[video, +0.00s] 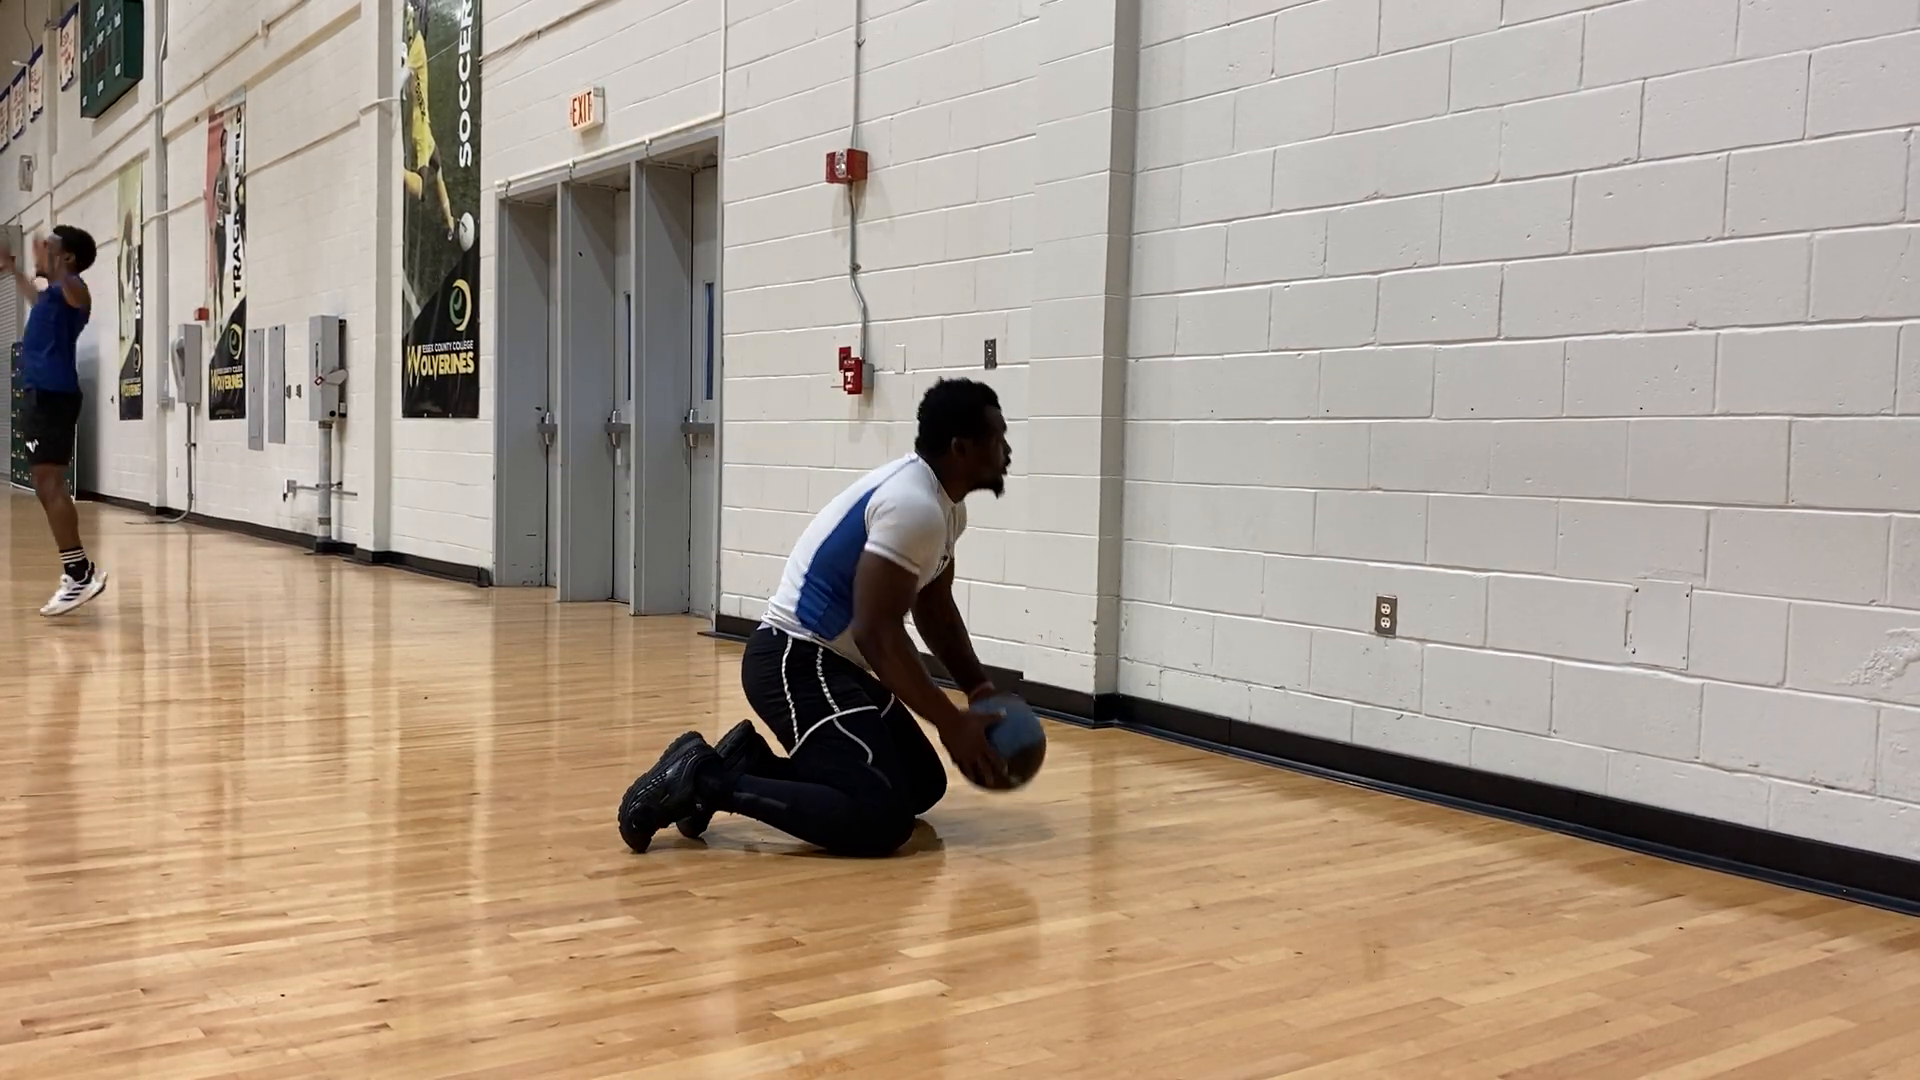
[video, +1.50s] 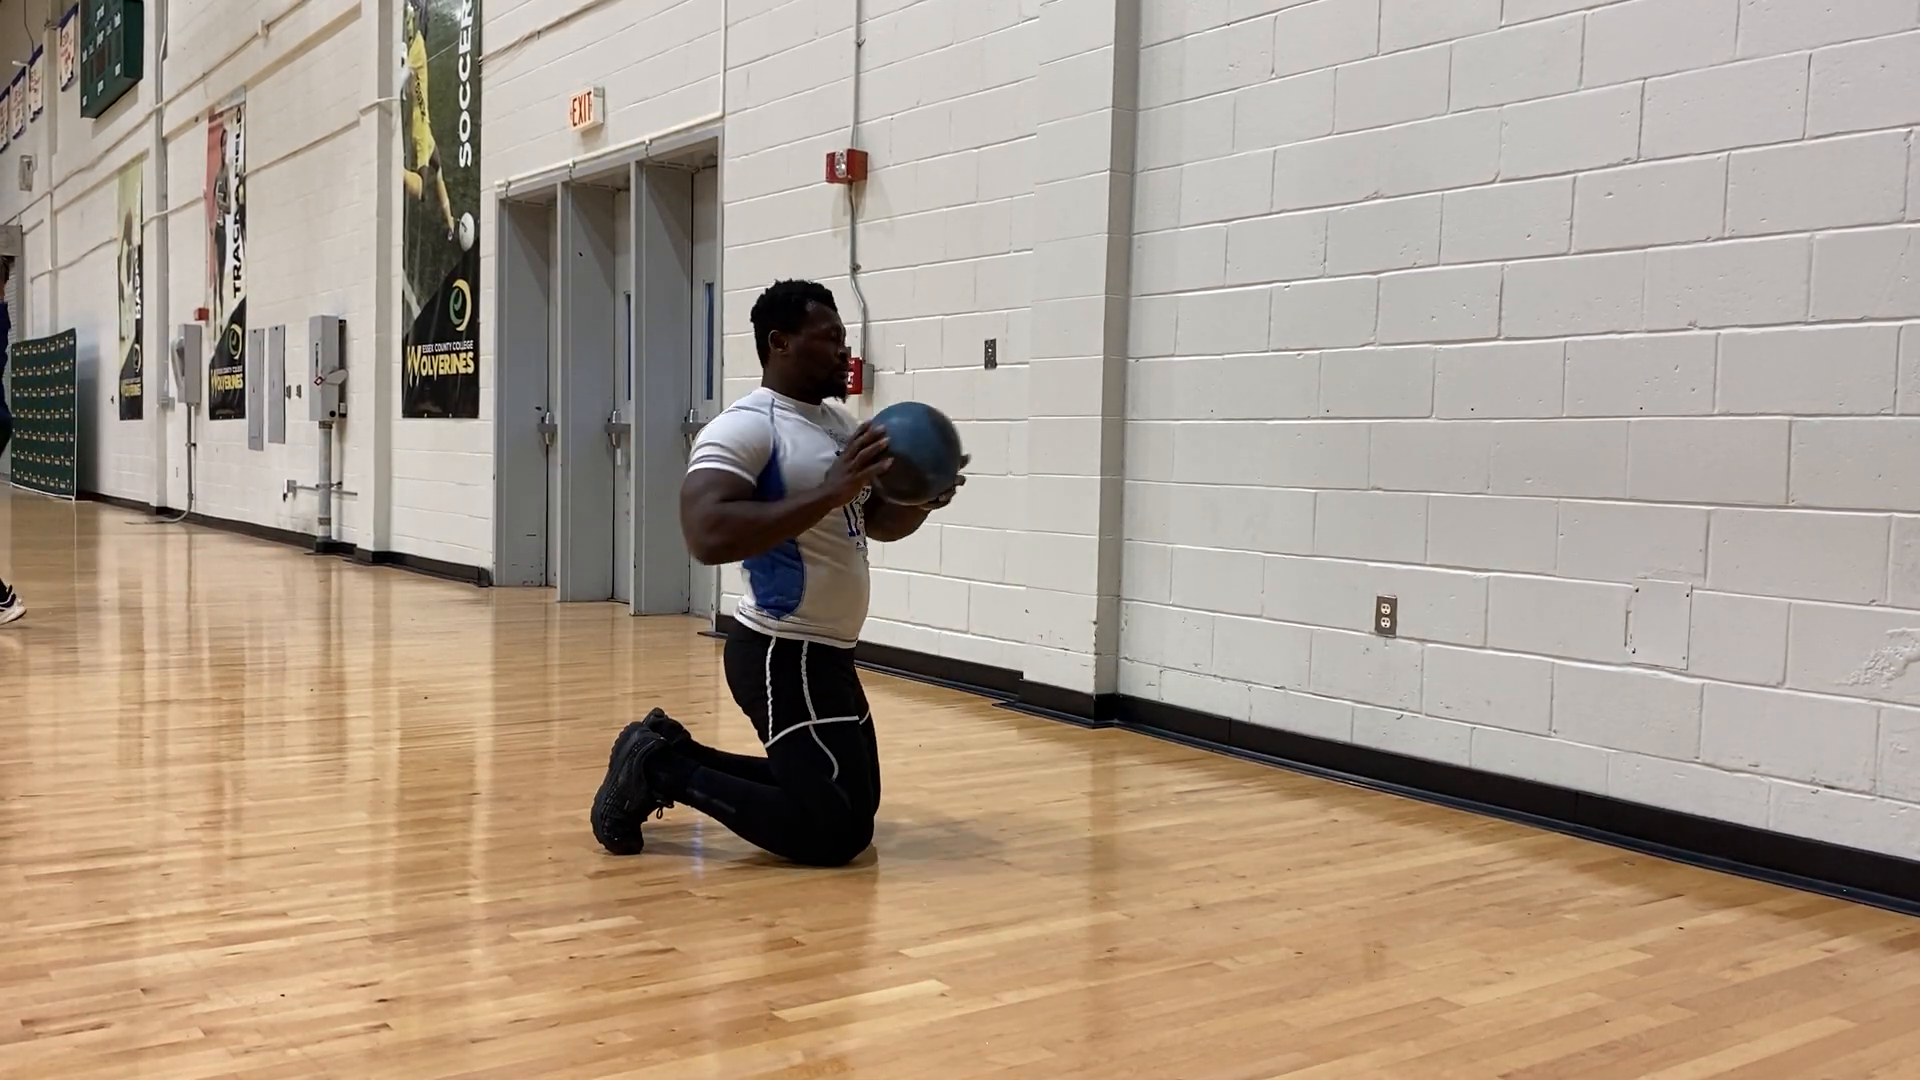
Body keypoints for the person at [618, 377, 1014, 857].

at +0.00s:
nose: (1009, 448)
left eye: (1005, 435)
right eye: (999, 436)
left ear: (957, 447)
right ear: (962, 447)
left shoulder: (943, 505)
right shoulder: (914, 503)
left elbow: (934, 605)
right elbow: (876, 632)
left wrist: (979, 691)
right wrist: (950, 723)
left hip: (832, 661)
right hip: (793, 659)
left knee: (919, 783)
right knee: (879, 823)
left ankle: (754, 765)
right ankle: (706, 782)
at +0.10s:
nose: (996, 421)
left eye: (991, 407)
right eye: (986, 409)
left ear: (948, 422)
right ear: (951, 421)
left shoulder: (939, 487)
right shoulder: (905, 475)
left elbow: (925, 582)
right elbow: (855, 592)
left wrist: (977, 662)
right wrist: (945, 671)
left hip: (841, 657)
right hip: (805, 655)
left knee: (921, 783)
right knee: (879, 821)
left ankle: (760, 766)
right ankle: (701, 780)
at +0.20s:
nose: (985, 404)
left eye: (981, 390)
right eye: (975, 392)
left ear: (941, 403)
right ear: (941, 401)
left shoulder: (931, 468)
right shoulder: (896, 448)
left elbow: (916, 562)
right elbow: (835, 548)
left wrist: (967, 626)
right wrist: (938, 612)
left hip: (852, 655)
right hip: (818, 651)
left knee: (924, 784)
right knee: (880, 820)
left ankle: (760, 765)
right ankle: (702, 781)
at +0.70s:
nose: (928, 358)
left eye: (918, 347)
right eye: (912, 352)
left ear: (884, 382)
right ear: (880, 382)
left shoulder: (907, 442)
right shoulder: (835, 447)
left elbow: (904, 538)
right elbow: (811, 555)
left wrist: (963, 550)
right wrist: (919, 535)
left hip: (871, 656)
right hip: (819, 652)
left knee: (924, 790)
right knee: (841, 830)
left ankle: (765, 762)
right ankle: (672, 763)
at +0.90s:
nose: (884, 372)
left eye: (878, 359)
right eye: (867, 366)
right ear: (820, 389)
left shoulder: (883, 428)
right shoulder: (786, 454)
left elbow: (901, 508)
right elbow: (731, 554)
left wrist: (942, 516)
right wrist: (852, 527)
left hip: (862, 659)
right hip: (802, 656)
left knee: (909, 790)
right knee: (841, 830)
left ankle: (743, 762)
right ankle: (674, 767)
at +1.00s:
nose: (857, 367)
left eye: (855, 353)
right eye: (837, 361)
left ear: (859, 347)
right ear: (790, 379)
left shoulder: (886, 423)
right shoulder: (762, 450)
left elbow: (954, 500)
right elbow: (674, 542)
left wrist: (934, 504)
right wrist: (793, 526)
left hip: (855, 657)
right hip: (796, 654)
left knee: (889, 793)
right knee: (837, 831)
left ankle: (717, 755)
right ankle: (667, 765)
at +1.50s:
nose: (844, 346)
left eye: (842, 334)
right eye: (828, 335)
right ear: (778, 345)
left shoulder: (839, 423)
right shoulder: (742, 425)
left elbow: (880, 522)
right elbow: (708, 534)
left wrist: (919, 494)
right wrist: (828, 494)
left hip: (825, 648)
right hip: (783, 649)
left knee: (848, 804)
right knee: (834, 832)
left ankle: (679, 755)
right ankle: (662, 769)